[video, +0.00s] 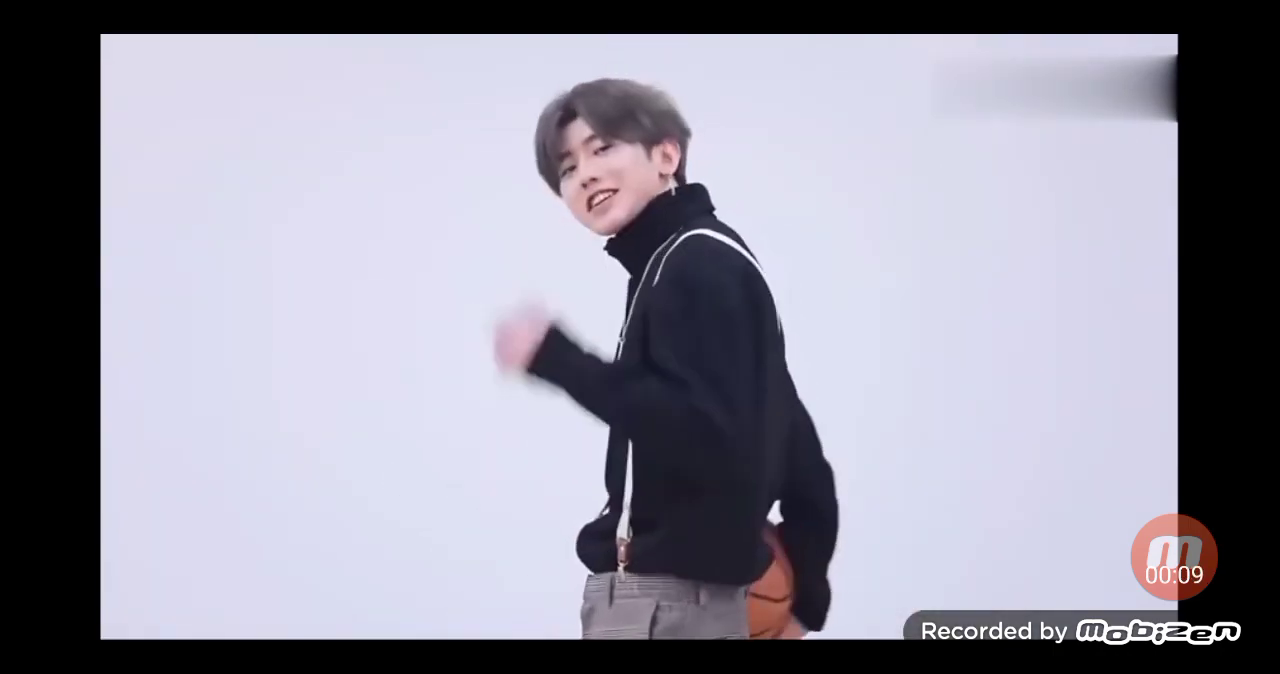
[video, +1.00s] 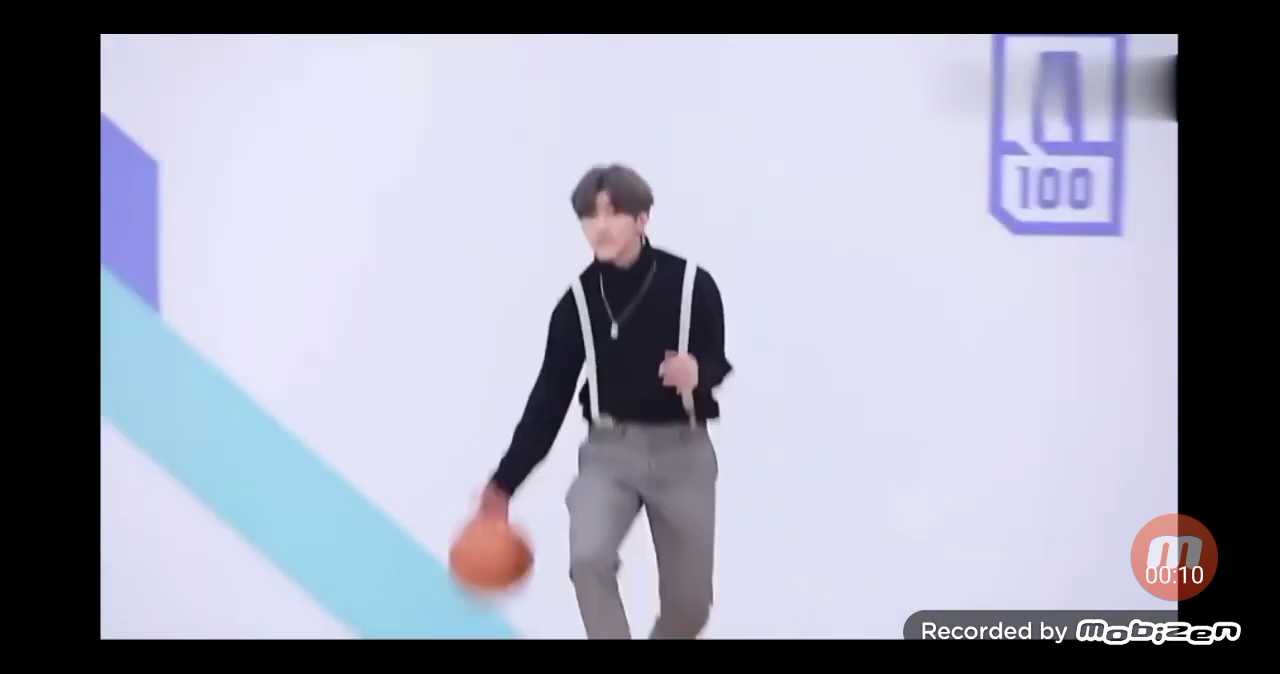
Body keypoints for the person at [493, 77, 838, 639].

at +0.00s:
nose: (585, 176)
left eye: (603, 148)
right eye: (567, 170)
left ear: (665, 155)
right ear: (564, 200)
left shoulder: (694, 262)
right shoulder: (713, 259)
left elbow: (712, 432)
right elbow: (804, 462)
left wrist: (559, 359)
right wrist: (801, 593)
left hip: (659, 600)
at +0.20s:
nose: (561, 202)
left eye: (580, 175)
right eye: (543, 196)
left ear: (639, 185)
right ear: (539, 225)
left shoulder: (679, 288)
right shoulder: (626, 307)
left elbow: (753, 457)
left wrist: (580, 505)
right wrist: (594, 536)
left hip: (697, 608)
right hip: (646, 608)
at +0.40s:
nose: (527, 240)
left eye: (544, 213)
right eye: (509, 229)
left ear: (602, 217)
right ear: (502, 251)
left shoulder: (668, 322)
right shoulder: (562, 379)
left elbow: (723, 495)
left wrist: (562, 530)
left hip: (714, 607)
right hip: (633, 613)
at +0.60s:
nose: (520, 165)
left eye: (536, 139)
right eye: (503, 151)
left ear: (597, 133)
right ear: (494, 162)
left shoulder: (693, 239)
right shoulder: (514, 290)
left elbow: (736, 408)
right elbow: (525, 457)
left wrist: (617, 448)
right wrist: (477, 407)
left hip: (716, 543)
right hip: (601, 561)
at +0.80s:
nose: (562, 218)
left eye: (577, 199)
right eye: (550, 204)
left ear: (620, 200)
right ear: (540, 213)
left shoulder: (690, 282)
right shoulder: (545, 318)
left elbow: (732, 401)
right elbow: (523, 438)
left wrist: (658, 404)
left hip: (705, 515)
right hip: (611, 520)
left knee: (718, 633)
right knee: (608, 631)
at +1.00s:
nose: (599, 227)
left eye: (611, 213)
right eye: (589, 216)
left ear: (642, 218)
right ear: (581, 223)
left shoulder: (693, 285)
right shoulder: (578, 303)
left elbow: (715, 368)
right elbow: (547, 404)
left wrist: (697, 372)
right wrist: (502, 485)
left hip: (683, 455)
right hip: (608, 455)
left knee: (690, 608)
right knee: (588, 562)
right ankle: (611, 638)